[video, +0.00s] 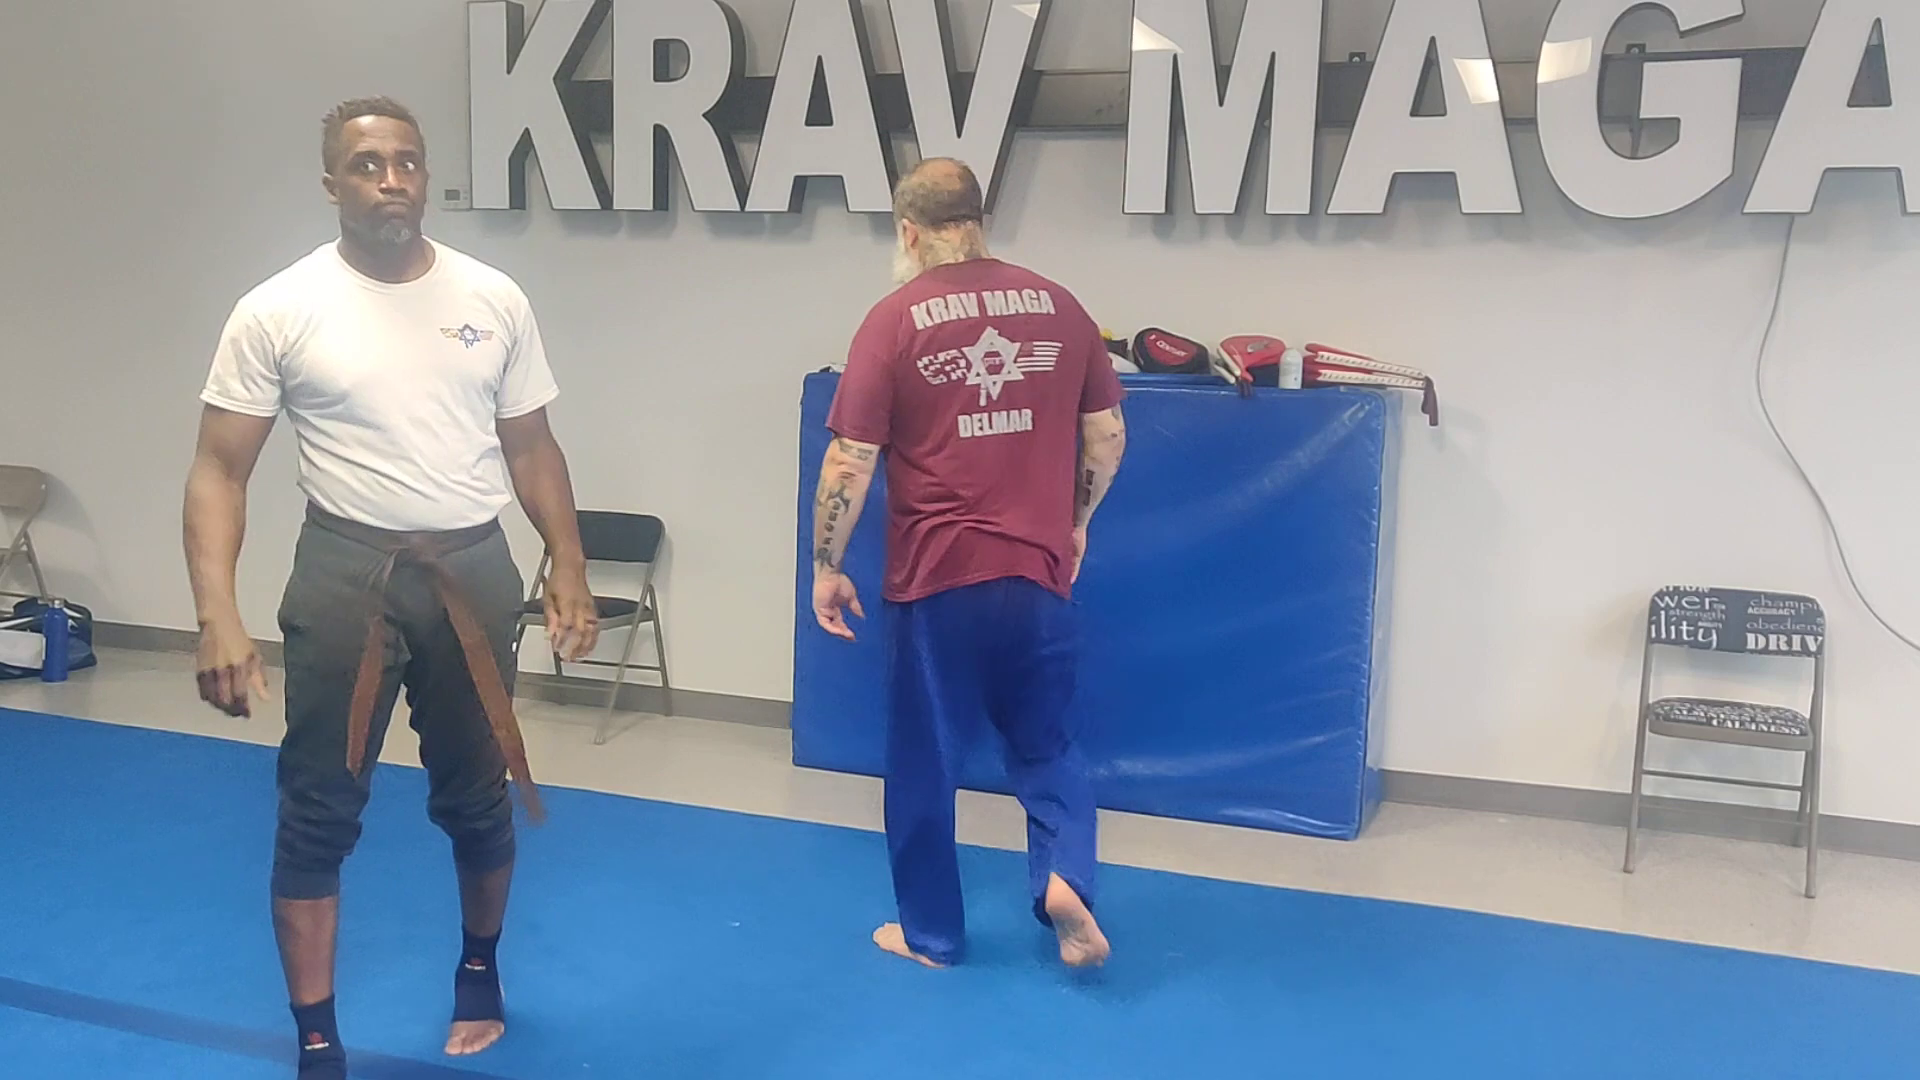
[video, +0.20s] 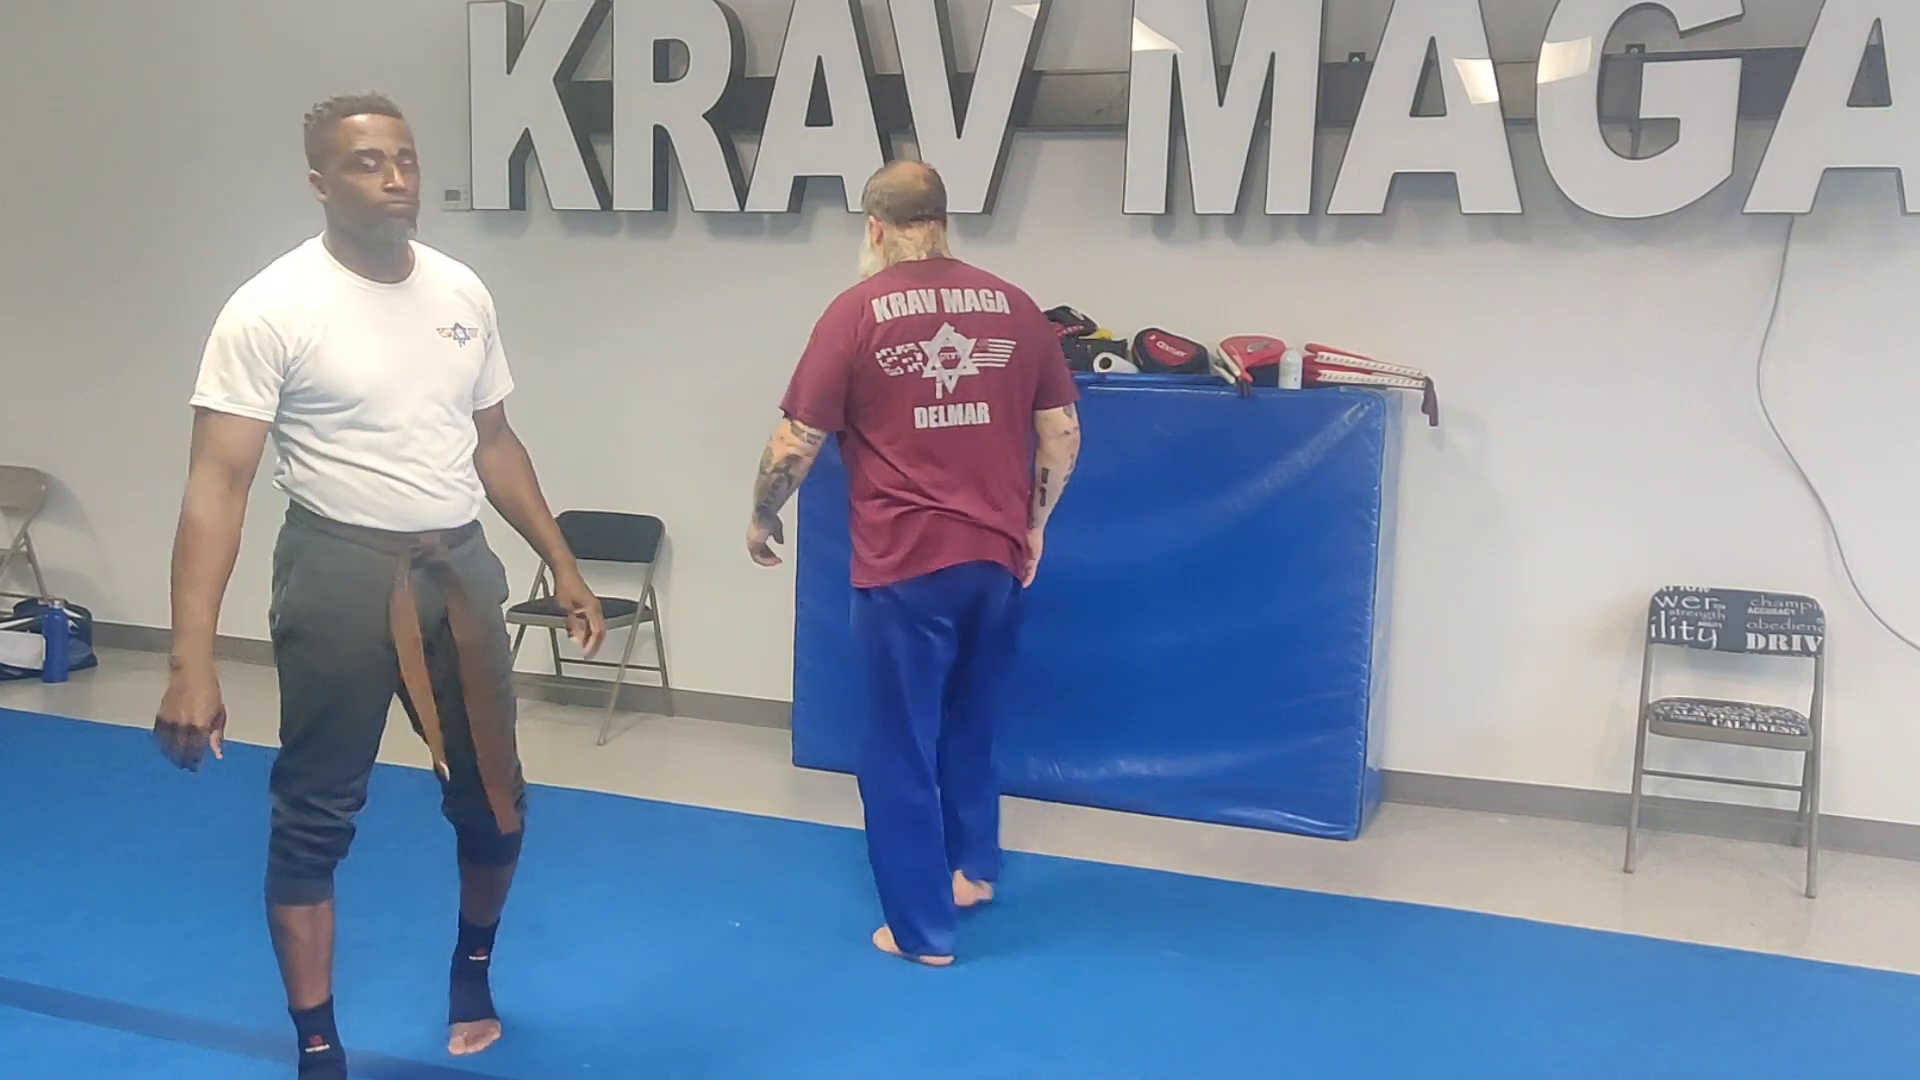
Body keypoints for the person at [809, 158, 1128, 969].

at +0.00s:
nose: (897, 239)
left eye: (897, 228)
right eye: (901, 227)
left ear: (909, 229)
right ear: (980, 222)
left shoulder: (896, 318)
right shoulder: (1057, 303)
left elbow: (849, 461)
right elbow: (1105, 436)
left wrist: (828, 563)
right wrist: (1076, 521)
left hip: (936, 568)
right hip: (1039, 563)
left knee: (922, 756)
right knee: (1048, 744)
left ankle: (932, 933)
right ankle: (1065, 875)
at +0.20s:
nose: (865, 241)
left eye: (865, 229)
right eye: (868, 229)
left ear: (878, 229)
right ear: (944, 227)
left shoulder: (857, 312)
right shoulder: (1015, 304)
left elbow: (793, 448)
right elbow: (1061, 431)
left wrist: (763, 516)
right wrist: (1035, 518)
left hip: (906, 564)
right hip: (999, 555)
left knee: (899, 745)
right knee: (971, 717)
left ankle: (921, 932)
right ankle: (972, 869)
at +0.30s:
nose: (852, 249)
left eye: (852, 237)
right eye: (857, 237)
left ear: (864, 237)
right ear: (929, 232)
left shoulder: (846, 319)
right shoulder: (998, 316)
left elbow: (778, 446)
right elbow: (1039, 441)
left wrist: (740, 509)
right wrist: (1010, 525)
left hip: (891, 561)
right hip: (980, 557)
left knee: (890, 743)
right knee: (939, 725)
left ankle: (923, 931)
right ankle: (906, 855)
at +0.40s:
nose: (844, 257)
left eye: (845, 247)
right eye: (853, 245)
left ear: (857, 248)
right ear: (920, 246)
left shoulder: (837, 325)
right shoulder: (983, 328)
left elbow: (773, 448)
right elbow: (1019, 450)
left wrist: (730, 518)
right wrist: (988, 533)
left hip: (868, 561)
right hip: (954, 559)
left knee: (877, 735)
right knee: (908, 715)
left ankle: (920, 916)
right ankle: (872, 845)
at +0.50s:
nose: (841, 255)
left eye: (842, 246)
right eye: (850, 245)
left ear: (851, 247)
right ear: (914, 248)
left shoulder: (828, 316)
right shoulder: (968, 330)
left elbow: (777, 436)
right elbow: (997, 451)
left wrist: (737, 526)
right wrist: (960, 532)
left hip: (847, 553)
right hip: (933, 555)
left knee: (831, 718)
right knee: (891, 710)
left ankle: (896, 859)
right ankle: (846, 851)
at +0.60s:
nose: (832, 250)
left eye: (832, 240)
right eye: (838, 240)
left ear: (839, 241)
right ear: (900, 243)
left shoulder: (819, 309)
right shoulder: (954, 327)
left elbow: (770, 424)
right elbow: (977, 446)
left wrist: (742, 521)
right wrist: (930, 506)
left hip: (830, 536)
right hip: (920, 540)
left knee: (791, 687)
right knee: (887, 695)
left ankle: (839, 819)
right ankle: (870, 857)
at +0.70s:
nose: (812, 252)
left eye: (812, 242)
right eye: (815, 242)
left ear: (823, 241)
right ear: (881, 242)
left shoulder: (808, 306)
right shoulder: (944, 327)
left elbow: (768, 416)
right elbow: (956, 437)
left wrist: (742, 516)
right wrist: (910, 497)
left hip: (815, 532)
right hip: (903, 536)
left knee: (768, 684)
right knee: (888, 694)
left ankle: (783, 831)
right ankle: (871, 852)